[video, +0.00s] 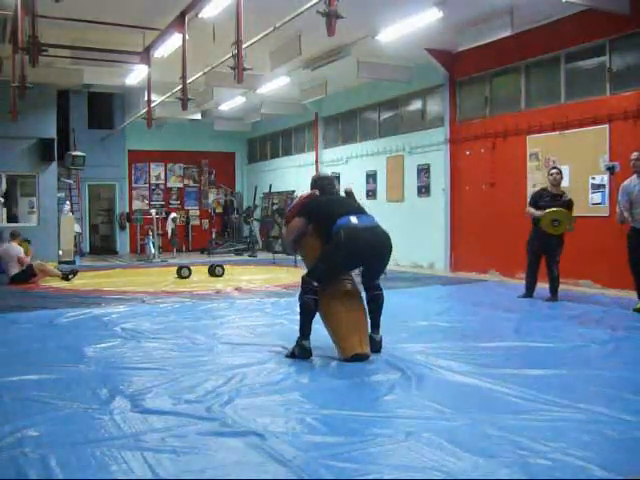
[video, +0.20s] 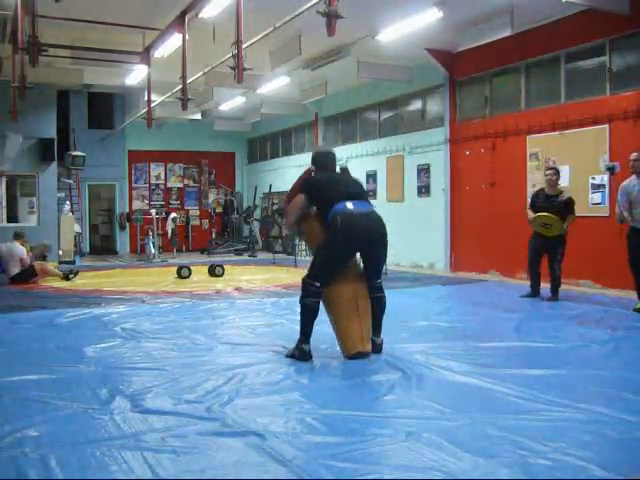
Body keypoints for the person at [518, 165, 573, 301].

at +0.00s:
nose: (555, 177)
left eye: (557, 174)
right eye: (552, 174)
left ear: (561, 177)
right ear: (548, 178)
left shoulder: (567, 199)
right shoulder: (539, 194)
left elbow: (568, 218)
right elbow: (529, 209)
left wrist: (568, 225)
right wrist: (540, 213)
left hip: (556, 235)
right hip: (538, 233)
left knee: (553, 265)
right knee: (532, 264)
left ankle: (554, 293)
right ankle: (529, 291)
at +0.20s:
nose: (550, 178)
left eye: (553, 175)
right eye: (547, 175)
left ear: (558, 178)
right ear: (544, 178)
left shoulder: (565, 198)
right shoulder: (537, 194)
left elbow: (571, 215)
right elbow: (530, 209)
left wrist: (565, 225)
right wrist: (533, 218)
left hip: (557, 234)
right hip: (539, 233)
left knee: (555, 265)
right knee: (533, 262)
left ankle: (554, 293)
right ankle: (534, 289)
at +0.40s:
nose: (542, 178)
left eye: (545, 176)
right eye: (541, 176)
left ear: (553, 178)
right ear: (539, 178)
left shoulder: (562, 198)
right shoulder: (535, 194)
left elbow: (568, 215)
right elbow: (531, 209)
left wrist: (560, 225)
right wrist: (527, 216)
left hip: (555, 234)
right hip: (538, 233)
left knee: (554, 265)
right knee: (536, 264)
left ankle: (554, 292)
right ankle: (537, 290)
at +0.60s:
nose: (543, 177)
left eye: (547, 174)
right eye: (542, 174)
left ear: (554, 177)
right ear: (540, 177)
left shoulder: (562, 198)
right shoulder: (537, 192)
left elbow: (565, 216)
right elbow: (529, 205)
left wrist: (554, 225)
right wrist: (525, 209)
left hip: (553, 233)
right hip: (537, 232)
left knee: (553, 264)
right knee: (536, 263)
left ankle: (553, 292)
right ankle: (536, 290)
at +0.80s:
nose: (543, 177)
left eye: (546, 174)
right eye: (541, 174)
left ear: (553, 176)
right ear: (540, 177)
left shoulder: (560, 196)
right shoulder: (537, 193)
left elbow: (564, 214)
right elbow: (523, 202)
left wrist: (552, 215)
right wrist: (529, 191)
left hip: (551, 230)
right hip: (535, 229)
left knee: (551, 261)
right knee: (534, 261)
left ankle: (553, 292)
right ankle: (536, 289)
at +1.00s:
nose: (545, 183)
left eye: (548, 180)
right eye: (543, 180)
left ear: (553, 183)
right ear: (538, 183)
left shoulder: (557, 196)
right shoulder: (534, 193)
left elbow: (563, 209)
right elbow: (519, 189)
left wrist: (558, 192)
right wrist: (531, 178)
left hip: (549, 231)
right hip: (533, 231)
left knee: (550, 263)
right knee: (534, 263)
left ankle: (553, 293)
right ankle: (536, 290)